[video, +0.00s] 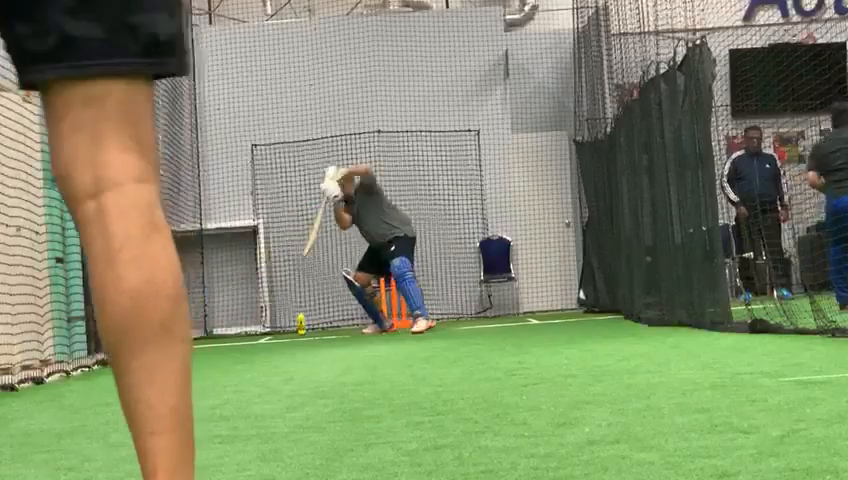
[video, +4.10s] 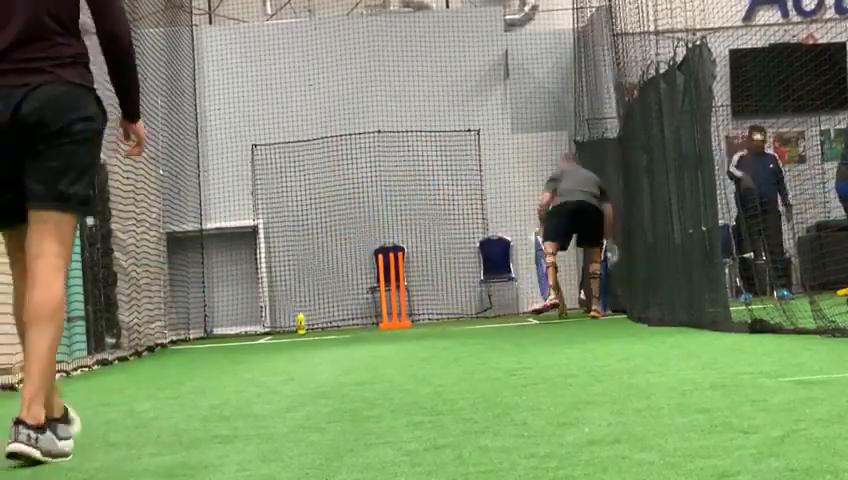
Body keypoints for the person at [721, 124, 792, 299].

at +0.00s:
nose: (755, 142)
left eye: (758, 139)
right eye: (751, 139)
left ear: (762, 140)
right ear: (744, 141)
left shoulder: (771, 159)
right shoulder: (735, 159)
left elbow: (779, 183)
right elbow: (724, 183)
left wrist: (783, 205)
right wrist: (737, 204)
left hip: (770, 209)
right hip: (747, 210)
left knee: (775, 248)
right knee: (747, 251)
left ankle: (781, 286)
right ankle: (748, 289)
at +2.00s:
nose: (755, 142)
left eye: (758, 139)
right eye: (751, 138)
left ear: (761, 140)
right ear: (743, 139)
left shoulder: (769, 158)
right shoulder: (733, 158)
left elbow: (777, 184)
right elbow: (721, 181)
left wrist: (780, 205)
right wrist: (739, 194)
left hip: (768, 209)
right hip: (745, 210)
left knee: (773, 248)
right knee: (746, 250)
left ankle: (779, 286)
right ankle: (748, 289)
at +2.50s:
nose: (755, 142)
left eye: (758, 139)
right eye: (751, 138)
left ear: (762, 141)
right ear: (744, 140)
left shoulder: (769, 159)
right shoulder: (735, 159)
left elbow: (777, 185)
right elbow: (721, 181)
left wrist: (781, 207)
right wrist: (735, 178)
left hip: (768, 211)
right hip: (744, 212)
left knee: (774, 248)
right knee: (746, 252)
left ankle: (779, 286)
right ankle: (748, 289)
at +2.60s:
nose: (755, 142)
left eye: (759, 139)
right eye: (752, 138)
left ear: (762, 142)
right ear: (744, 140)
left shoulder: (769, 160)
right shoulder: (736, 160)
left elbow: (777, 186)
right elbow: (724, 178)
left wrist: (781, 207)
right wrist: (710, 179)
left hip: (768, 211)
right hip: (744, 212)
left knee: (774, 248)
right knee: (746, 251)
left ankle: (779, 286)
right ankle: (748, 289)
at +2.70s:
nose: (754, 142)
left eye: (758, 139)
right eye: (751, 138)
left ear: (762, 142)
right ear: (744, 140)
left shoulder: (769, 160)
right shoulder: (735, 161)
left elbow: (777, 186)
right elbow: (717, 174)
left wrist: (781, 207)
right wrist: (705, 167)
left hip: (768, 211)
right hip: (744, 212)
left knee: (774, 248)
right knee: (745, 251)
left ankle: (780, 286)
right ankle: (749, 289)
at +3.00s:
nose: (756, 143)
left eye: (759, 141)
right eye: (752, 140)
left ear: (763, 142)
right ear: (745, 140)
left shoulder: (768, 160)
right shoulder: (735, 159)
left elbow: (781, 180)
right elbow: (713, 170)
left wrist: (779, 192)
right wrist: (727, 155)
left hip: (767, 210)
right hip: (744, 211)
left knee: (773, 247)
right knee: (744, 250)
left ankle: (779, 286)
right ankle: (749, 289)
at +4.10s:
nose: (759, 144)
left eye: (762, 141)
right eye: (755, 140)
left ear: (765, 141)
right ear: (749, 141)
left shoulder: (772, 158)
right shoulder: (740, 157)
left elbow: (780, 182)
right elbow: (731, 172)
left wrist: (786, 203)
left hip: (770, 209)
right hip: (748, 210)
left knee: (775, 247)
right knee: (746, 250)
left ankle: (781, 286)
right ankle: (749, 289)